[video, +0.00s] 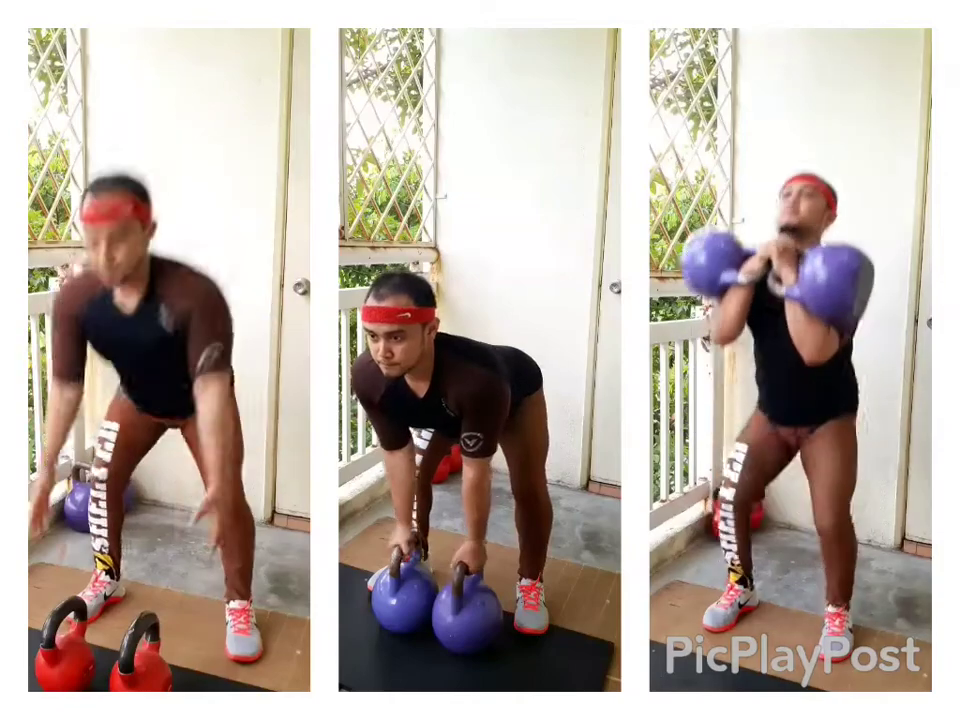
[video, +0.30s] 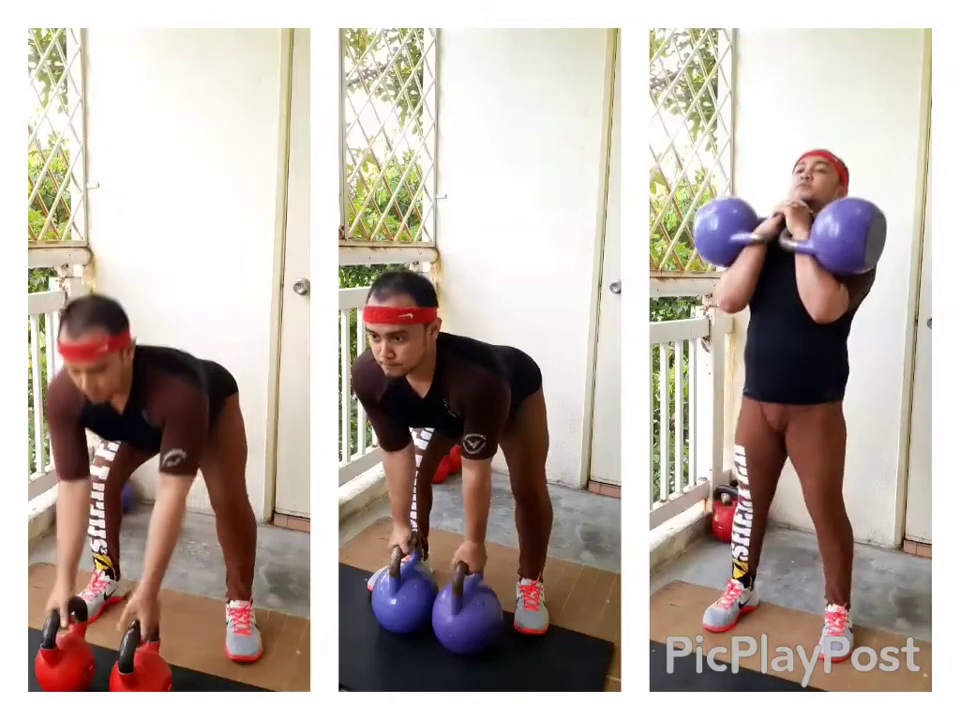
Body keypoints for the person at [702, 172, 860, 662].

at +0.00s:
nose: (793, 203)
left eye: (807, 197)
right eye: (787, 196)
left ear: (829, 215)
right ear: (776, 209)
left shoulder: (838, 269)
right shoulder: (753, 265)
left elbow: (815, 351)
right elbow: (722, 334)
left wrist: (789, 279)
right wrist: (749, 273)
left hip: (828, 418)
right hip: (771, 414)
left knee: (831, 522)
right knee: (735, 500)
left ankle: (837, 613)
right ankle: (740, 586)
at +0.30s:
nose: (804, 174)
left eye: (818, 169)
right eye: (799, 169)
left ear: (843, 190)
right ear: (788, 186)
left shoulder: (851, 248)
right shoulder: (766, 239)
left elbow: (824, 309)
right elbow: (727, 300)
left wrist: (801, 238)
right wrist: (761, 236)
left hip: (815, 405)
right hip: (757, 399)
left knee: (826, 512)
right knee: (750, 502)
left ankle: (837, 610)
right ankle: (739, 586)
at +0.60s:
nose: (808, 185)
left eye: (822, 180)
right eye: (802, 179)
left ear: (845, 200)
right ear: (791, 195)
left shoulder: (854, 258)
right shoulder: (767, 248)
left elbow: (830, 313)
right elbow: (730, 303)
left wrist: (806, 242)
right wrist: (767, 242)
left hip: (813, 409)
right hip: (752, 402)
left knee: (824, 514)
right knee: (748, 503)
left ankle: (836, 609)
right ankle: (741, 586)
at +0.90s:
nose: (809, 186)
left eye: (823, 181)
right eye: (803, 181)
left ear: (846, 201)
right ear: (792, 196)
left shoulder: (855, 259)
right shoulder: (768, 248)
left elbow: (832, 314)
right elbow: (730, 303)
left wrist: (807, 244)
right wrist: (769, 244)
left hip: (813, 408)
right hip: (751, 401)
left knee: (824, 513)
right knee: (748, 503)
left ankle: (836, 609)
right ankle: (741, 585)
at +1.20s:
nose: (808, 187)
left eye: (822, 182)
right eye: (802, 181)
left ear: (846, 201)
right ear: (791, 196)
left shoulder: (856, 258)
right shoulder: (767, 248)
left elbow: (833, 314)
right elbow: (730, 304)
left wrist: (807, 244)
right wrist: (769, 244)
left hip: (814, 408)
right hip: (752, 401)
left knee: (825, 514)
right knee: (748, 504)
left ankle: (836, 610)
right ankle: (741, 586)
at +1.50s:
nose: (805, 188)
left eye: (819, 182)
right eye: (800, 182)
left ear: (844, 199)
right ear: (789, 196)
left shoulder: (854, 259)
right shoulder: (766, 249)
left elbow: (830, 315)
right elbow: (728, 306)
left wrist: (804, 246)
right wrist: (764, 246)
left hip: (814, 408)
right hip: (752, 401)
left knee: (825, 513)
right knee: (748, 503)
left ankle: (836, 610)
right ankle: (740, 587)